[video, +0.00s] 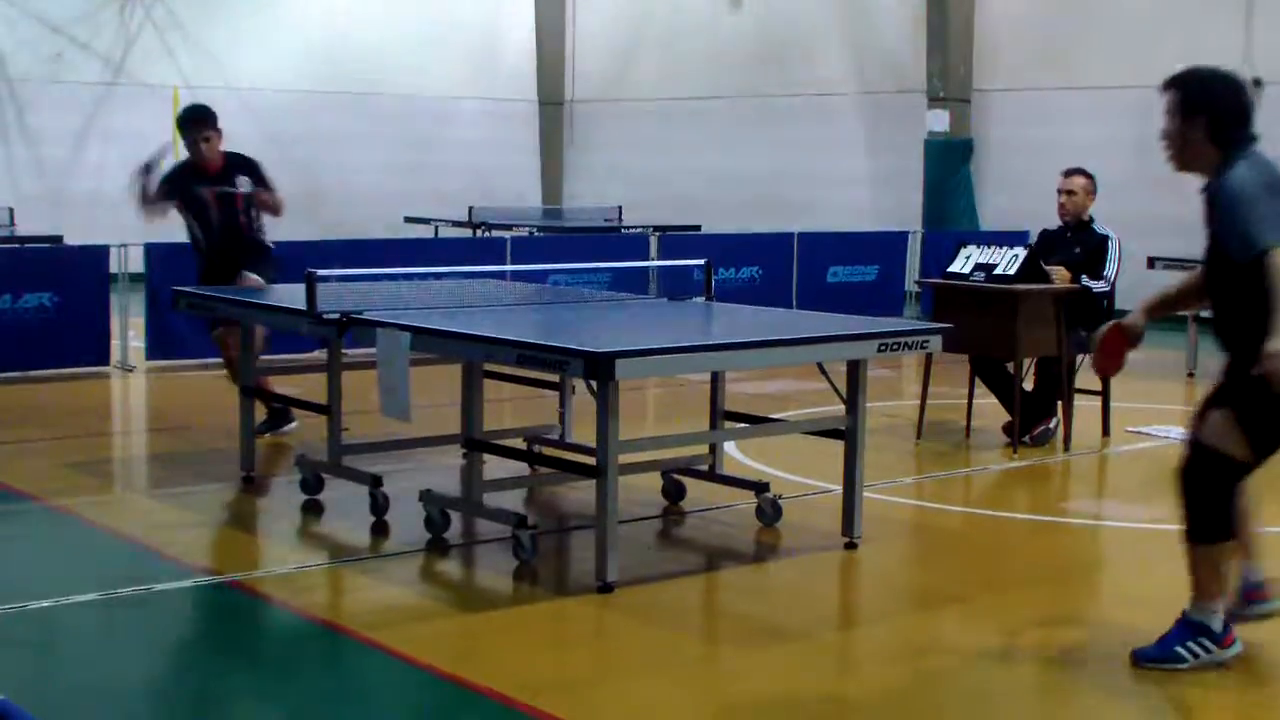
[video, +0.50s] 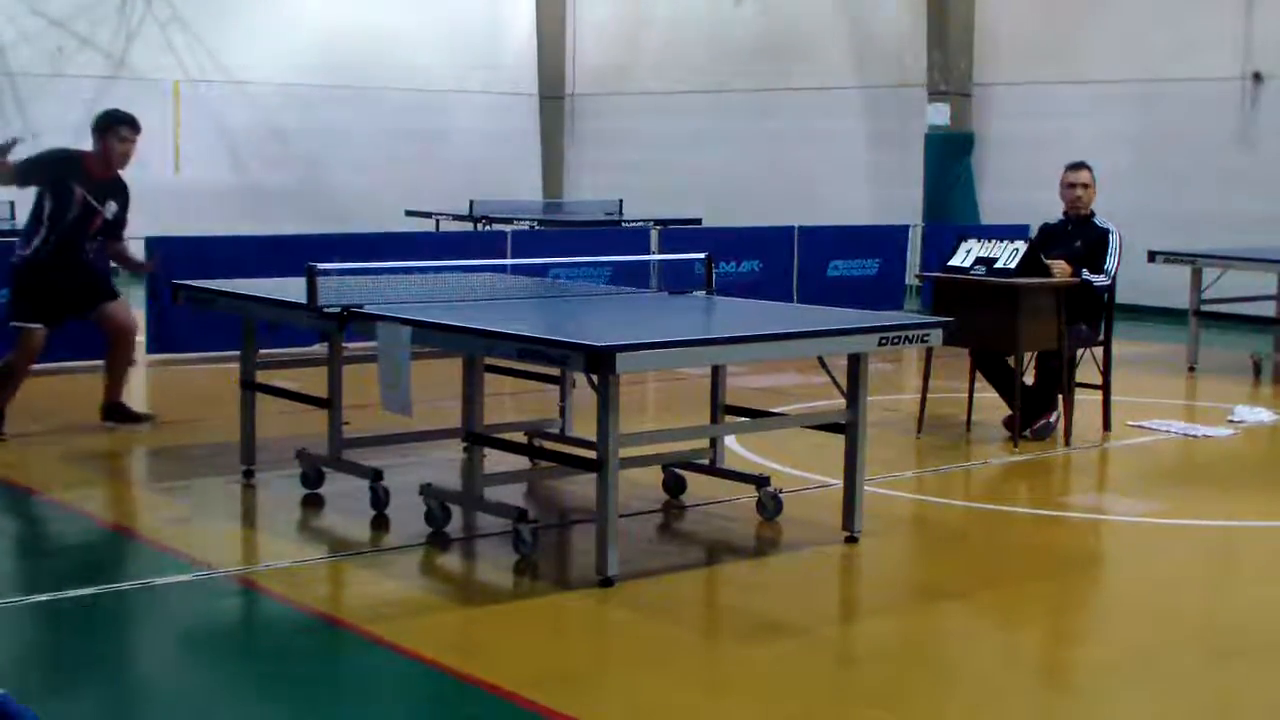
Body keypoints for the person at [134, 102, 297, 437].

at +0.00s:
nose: (200, 150)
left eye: (206, 140)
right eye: (192, 143)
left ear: (219, 136)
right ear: (184, 143)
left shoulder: (243, 167)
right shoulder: (179, 177)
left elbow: (277, 208)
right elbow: (150, 208)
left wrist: (261, 198)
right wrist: (146, 181)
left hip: (252, 254)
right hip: (213, 264)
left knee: (247, 292)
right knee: (231, 353)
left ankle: (251, 362)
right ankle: (277, 408)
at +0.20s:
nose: (179, 131)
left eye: (184, 124)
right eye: (173, 122)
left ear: (189, 123)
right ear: (157, 117)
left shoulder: (183, 157)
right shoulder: (130, 135)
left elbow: (191, 206)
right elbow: (158, 119)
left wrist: (206, 177)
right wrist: (200, 103)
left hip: (158, 230)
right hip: (120, 234)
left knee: (164, 251)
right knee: (139, 319)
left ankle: (186, 312)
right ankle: (161, 395)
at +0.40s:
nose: (135, 155)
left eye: (139, 147)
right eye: (129, 145)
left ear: (140, 150)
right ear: (109, 143)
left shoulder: (127, 196)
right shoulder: (73, 164)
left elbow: (128, 250)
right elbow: (23, 152)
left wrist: (158, 243)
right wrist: (61, 131)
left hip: (90, 275)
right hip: (45, 270)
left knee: (124, 335)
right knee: (35, 347)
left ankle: (124, 409)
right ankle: (1, 412)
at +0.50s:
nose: (128, 150)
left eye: (132, 143)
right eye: (121, 140)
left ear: (134, 146)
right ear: (100, 139)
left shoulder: (119, 191)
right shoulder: (61, 162)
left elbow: (111, 244)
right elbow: (10, 175)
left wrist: (137, 265)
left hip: (84, 269)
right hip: (38, 266)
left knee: (124, 326)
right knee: (31, 344)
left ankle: (113, 403)